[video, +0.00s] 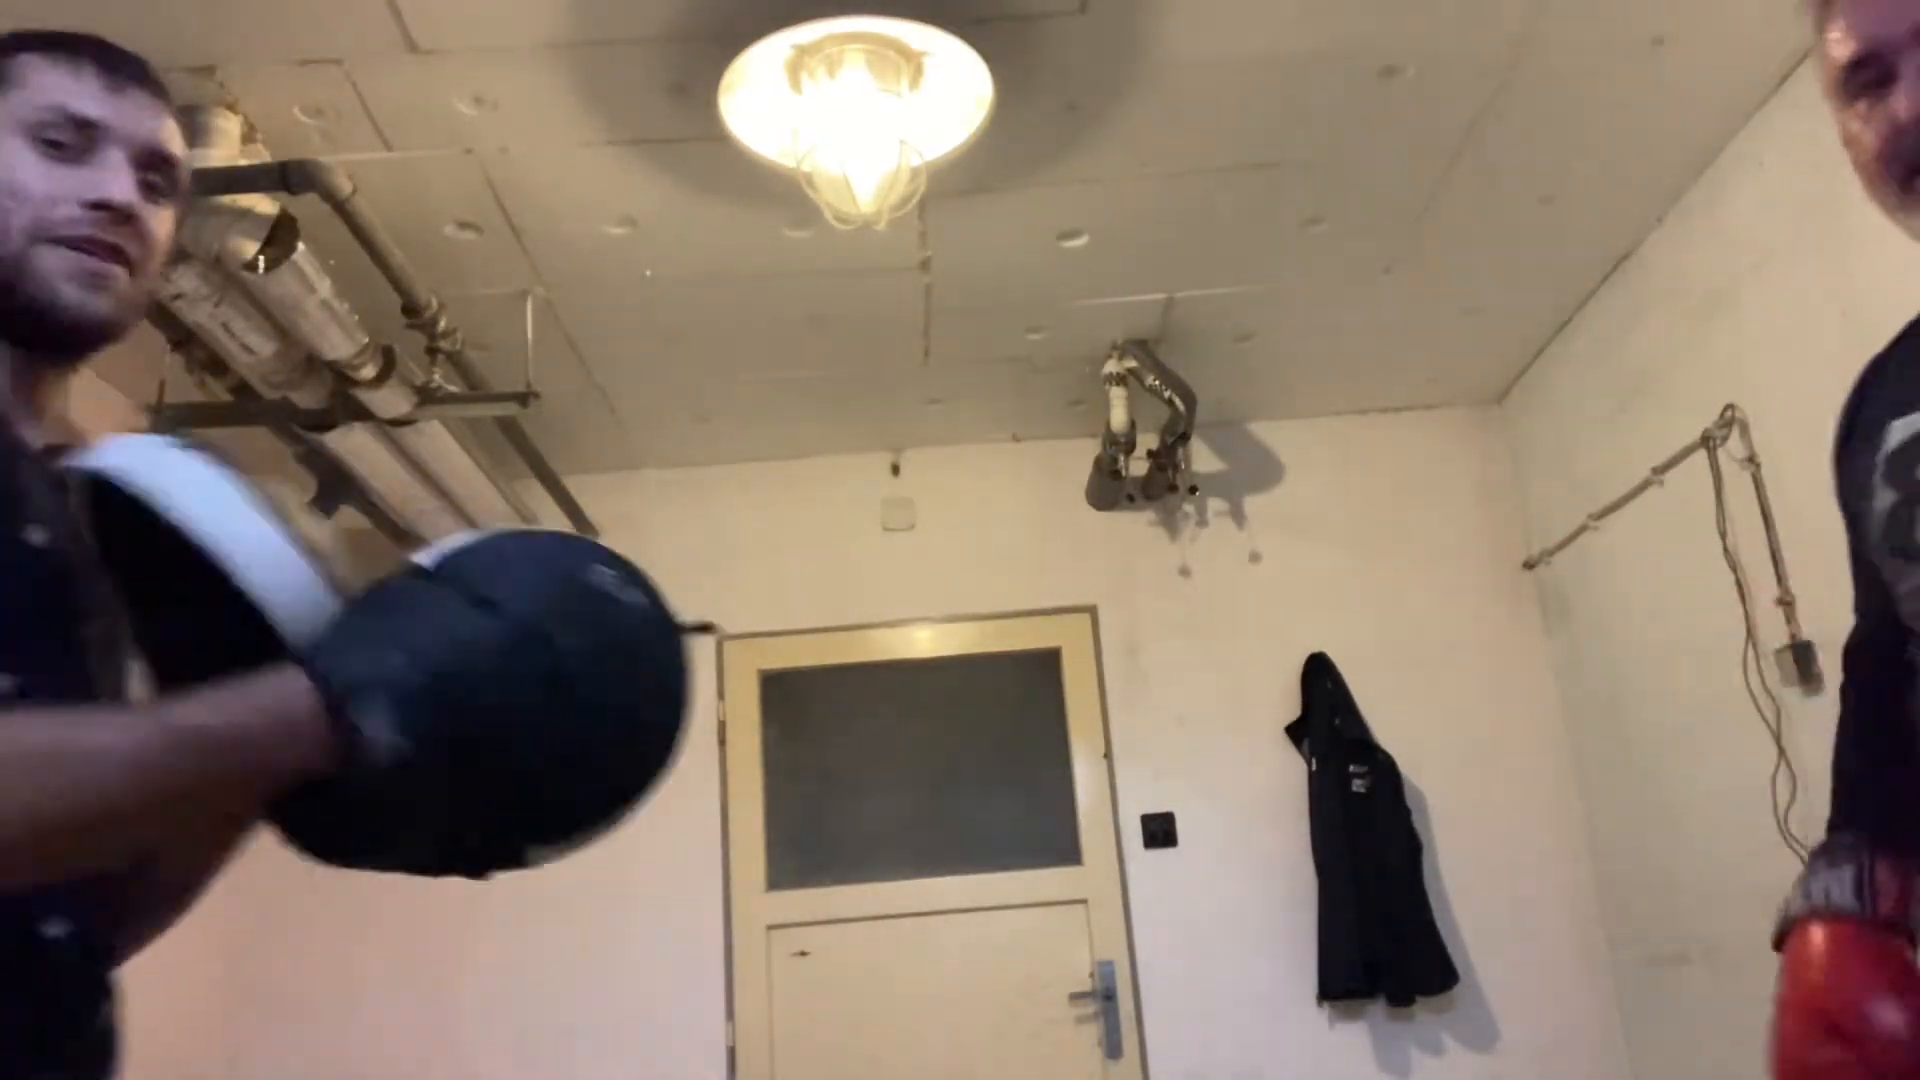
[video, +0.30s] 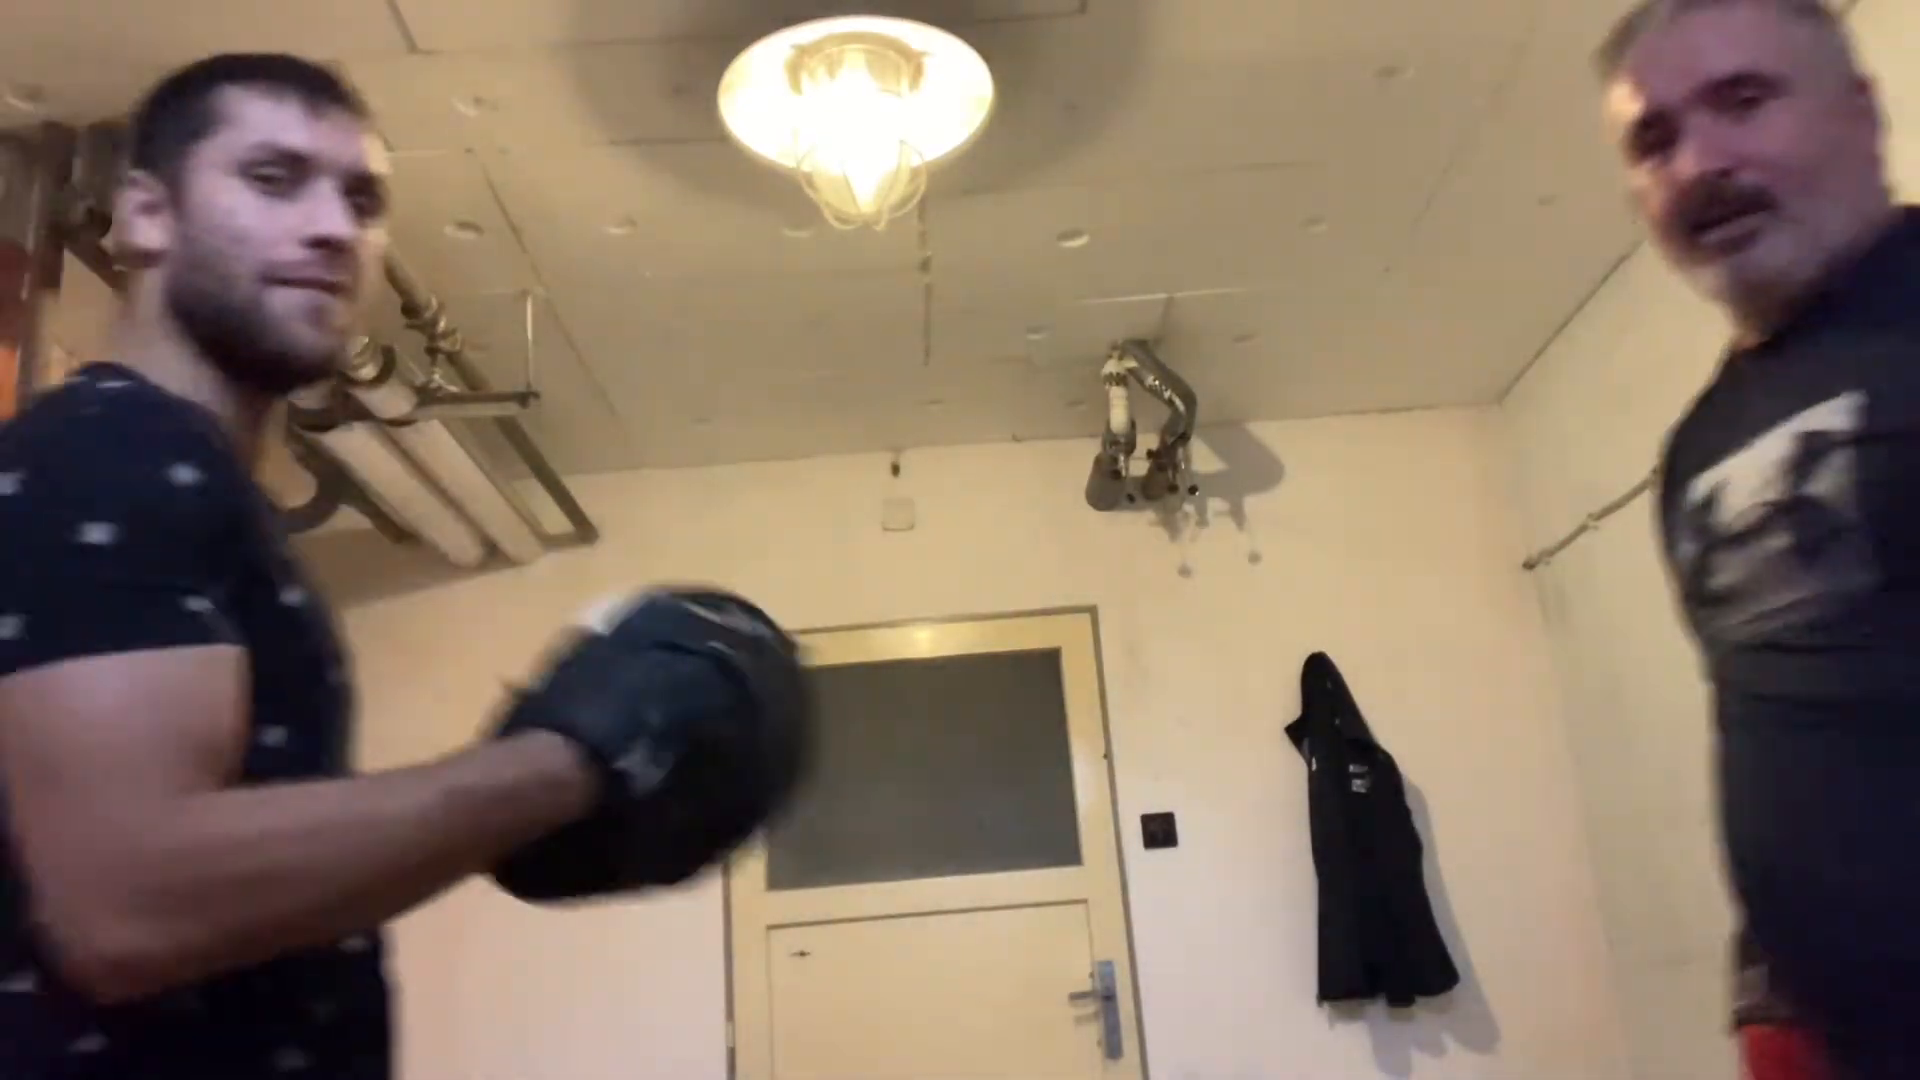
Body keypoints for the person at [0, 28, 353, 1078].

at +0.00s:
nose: (118, 197)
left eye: (154, 182)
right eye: (61, 144)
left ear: (172, 247)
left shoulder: (82, 504)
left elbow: (93, 918)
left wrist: (234, 713)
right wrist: (322, 708)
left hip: (56, 1047)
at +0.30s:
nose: (335, 227)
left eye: (359, 201)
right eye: (276, 180)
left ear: (379, 239)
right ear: (145, 216)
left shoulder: (203, 487)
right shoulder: (112, 464)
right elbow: (123, 904)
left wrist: (517, 787)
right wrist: (561, 759)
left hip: (262, 1057)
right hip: (171, 1064)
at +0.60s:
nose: (555, 253)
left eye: (581, 226)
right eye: (503, 201)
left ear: (599, 259)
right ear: (387, 223)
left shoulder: (414, 477)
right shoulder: (356, 461)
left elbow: (440, 813)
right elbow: (418, 865)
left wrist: (692, 770)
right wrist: (796, 751)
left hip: (435, 1050)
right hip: (354, 1052)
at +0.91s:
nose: (667, 325)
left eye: (695, 300)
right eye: (622, 280)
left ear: (712, 337)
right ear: (528, 302)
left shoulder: (633, 585)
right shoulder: (462, 519)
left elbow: (592, 870)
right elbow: (484, 867)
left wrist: (778, 860)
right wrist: (840, 765)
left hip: (639, 1049)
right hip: (495, 1054)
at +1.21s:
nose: (761, 434)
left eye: (791, 411)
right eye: (726, 399)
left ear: (812, 447)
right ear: (658, 421)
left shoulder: (797, 666)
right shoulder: (561, 615)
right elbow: (499, 909)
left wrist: (895, 926)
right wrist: (790, 836)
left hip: (759, 1055)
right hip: (595, 1054)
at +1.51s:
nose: (748, 469)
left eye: (776, 448)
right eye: (717, 441)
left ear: (801, 484)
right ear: (661, 466)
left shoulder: (833, 690)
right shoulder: (561, 647)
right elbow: (491, 907)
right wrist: (697, 845)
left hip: (767, 1056)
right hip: (591, 1056)